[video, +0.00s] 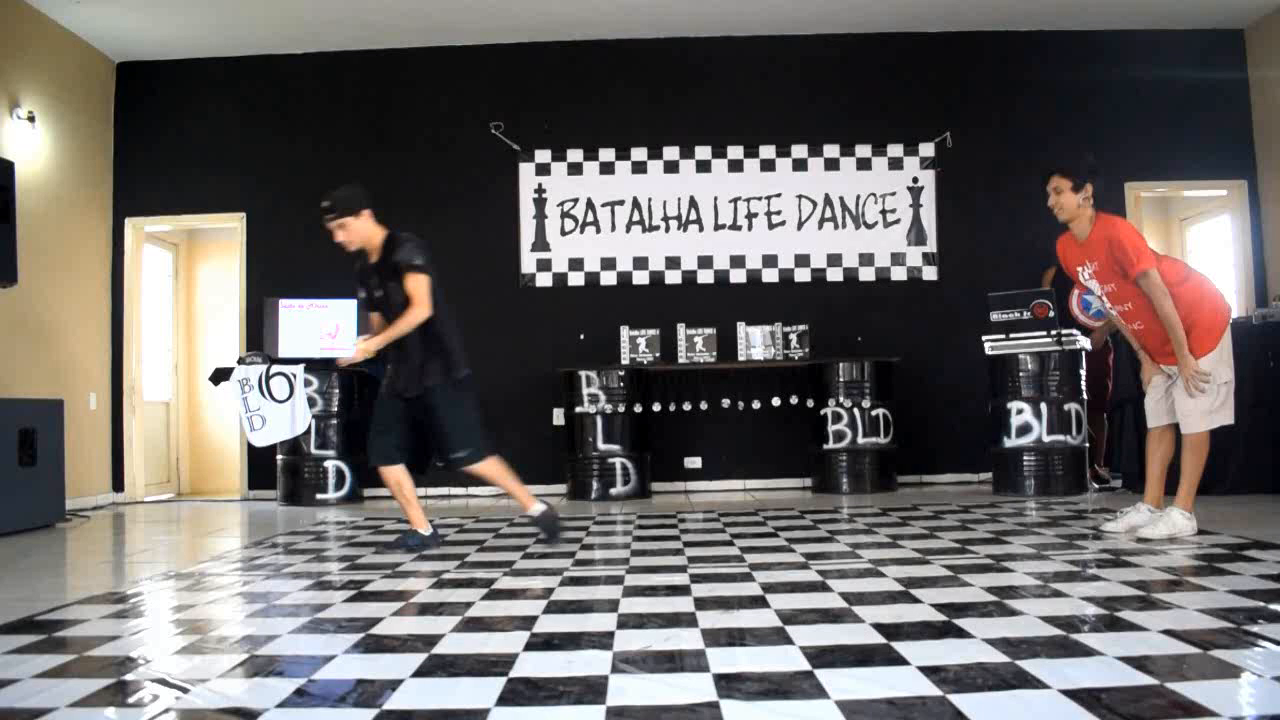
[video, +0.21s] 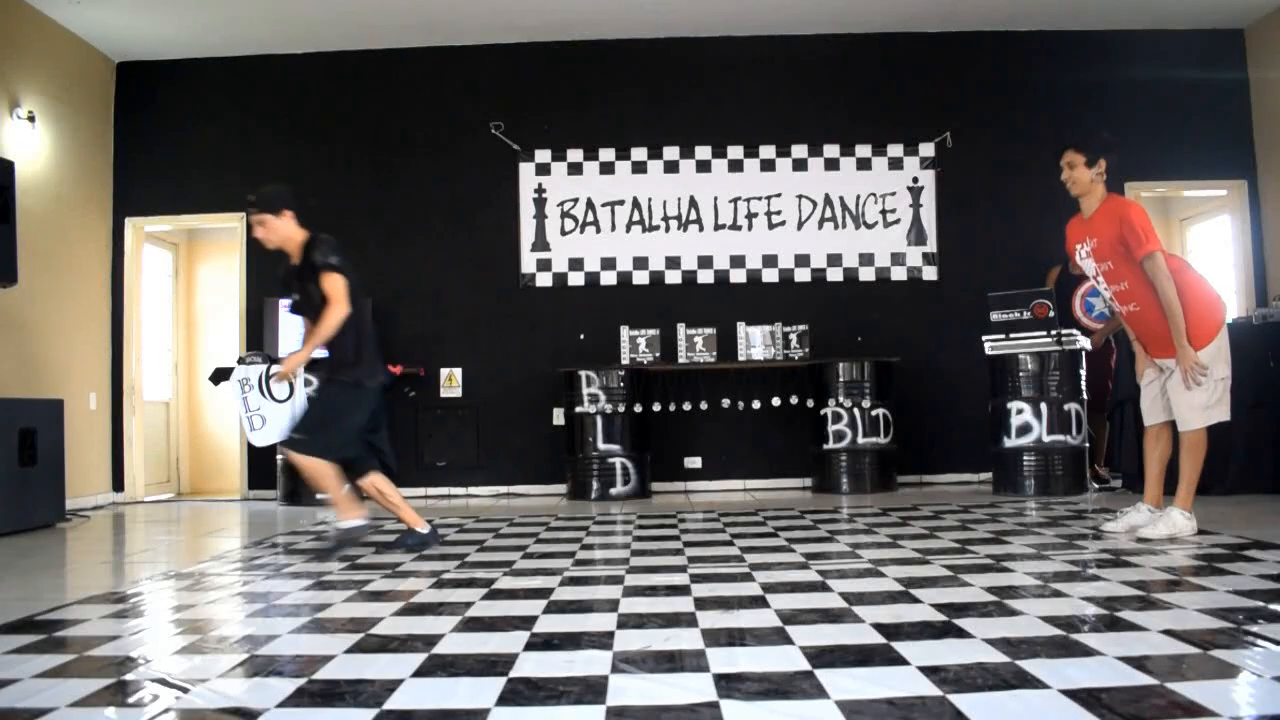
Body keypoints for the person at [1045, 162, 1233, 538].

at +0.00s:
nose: (1051, 202)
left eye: (1058, 192)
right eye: (1049, 195)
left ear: (1085, 193)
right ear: (1052, 201)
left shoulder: (1116, 231)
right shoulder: (1066, 248)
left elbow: (1156, 290)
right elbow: (1110, 307)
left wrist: (1184, 354)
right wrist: (1144, 355)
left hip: (1200, 321)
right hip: (1157, 332)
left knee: (1194, 413)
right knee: (1158, 412)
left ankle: (1183, 512)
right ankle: (1152, 506)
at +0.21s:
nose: (1065, 175)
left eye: (1072, 166)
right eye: (1062, 169)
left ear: (1098, 169)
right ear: (1064, 177)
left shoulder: (1124, 211)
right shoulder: (1075, 230)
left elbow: (1160, 274)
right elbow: (1115, 292)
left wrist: (1182, 344)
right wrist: (1138, 345)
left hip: (1194, 325)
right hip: (1150, 333)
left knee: (1191, 416)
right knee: (1155, 416)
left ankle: (1183, 511)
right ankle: (1152, 505)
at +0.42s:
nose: (1074, 150)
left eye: (1083, 142)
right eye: (1073, 144)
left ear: (1109, 149)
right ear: (1075, 155)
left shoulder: (1131, 192)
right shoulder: (1081, 212)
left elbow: (1166, 260)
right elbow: (1111, 280)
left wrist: (1179, 331)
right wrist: (1126, 337)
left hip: (1187, 323)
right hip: (1141, 331)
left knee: (1187, 416)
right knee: (1152, 419)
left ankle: (1182, 512)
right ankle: (1151, 506)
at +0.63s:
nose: (1077, 131)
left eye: (1086, 123)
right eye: (1076, 124)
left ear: (1113, 126)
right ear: (1082, 134)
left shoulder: (1145, 167)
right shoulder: (1090, 188)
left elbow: (1184, 233)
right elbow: (1105, 257)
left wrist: (1182, 300)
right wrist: (1100, 314)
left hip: (1166, 315)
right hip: (1124, 321)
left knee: (1178, 415)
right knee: (1140, 418)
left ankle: (1182, 512)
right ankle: (1150, 506)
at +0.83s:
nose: (1085, 132)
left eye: (1093, 124)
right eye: (1084, 125)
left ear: (1120, 127)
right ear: (1093, 133)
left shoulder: (1153, 167)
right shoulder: (1098, 186)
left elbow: (1182, 231)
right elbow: (1100, 254)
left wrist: (1179, 297)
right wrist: (1081, 307)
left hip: (1158, 311)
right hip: (1114, 315)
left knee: (1170, 410)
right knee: (1110, 408)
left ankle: (1181, 511)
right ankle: (1146, 502)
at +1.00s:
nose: (1084, 130)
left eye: (1092, 121)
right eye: (1084, 123)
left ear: (1120, 124)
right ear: (1095, 131)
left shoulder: (1153, 167)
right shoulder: (1099, 187)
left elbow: (1180, 232)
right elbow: (1105, 258)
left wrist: (1170, 300)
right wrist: (1077, 310)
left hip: (1158, 311)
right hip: (1111, 315)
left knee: (1171, 411)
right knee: (1081, 402)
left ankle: (1181, 512)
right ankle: (1123, 490)